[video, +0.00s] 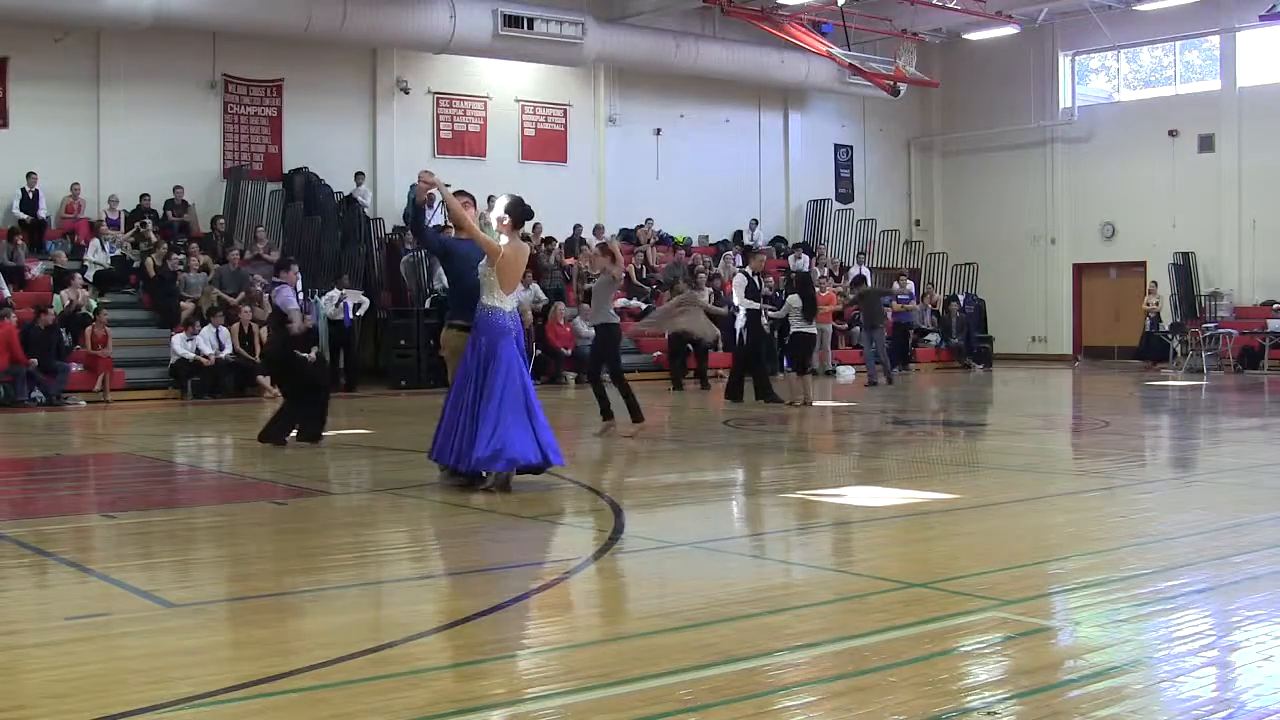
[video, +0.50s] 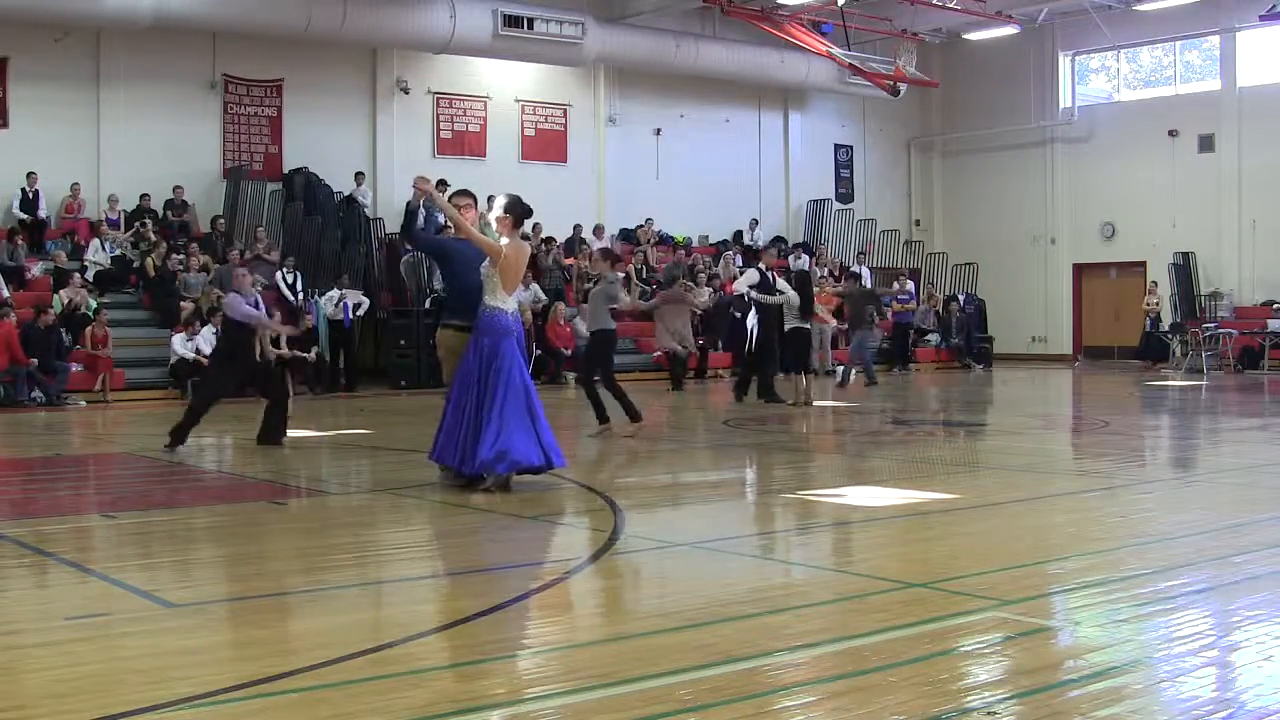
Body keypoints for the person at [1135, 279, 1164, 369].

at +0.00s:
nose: (1151, 289)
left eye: (1153, 287)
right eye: (1150, 287)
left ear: (1156, 288)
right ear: (1148, 288)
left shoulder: (1159, 297)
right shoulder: (1147, 297)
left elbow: (1159, 308)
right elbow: (1143, 306)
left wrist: (1149, 309)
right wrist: (1152, 307)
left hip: (1156, 317)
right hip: (1148, 318)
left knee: (1156, 337)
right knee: (1147, 337)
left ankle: (1154, 360)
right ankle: (1146, 360)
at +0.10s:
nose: (1151, 288)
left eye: (1153, 287)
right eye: (1150, 287)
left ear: (1156, 288)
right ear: (1148, 288)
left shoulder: (1159, 297)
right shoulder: (1147, 297)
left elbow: (1159, 308)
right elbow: (1143, 306)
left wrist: (1148, 309)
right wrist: (1153, 307)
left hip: (1156, 318)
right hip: (1148, 318)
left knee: (1156, 338)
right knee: (1147, 337)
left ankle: (1154, 360)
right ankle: (1146, 360)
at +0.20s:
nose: (1151, 288)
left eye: (1153, 287)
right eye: (1150, 287)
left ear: (1156, 288)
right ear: (1148, 288)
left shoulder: (1159, 297)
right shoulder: (1147, 297)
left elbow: (1159, 308)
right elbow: (1143, 306)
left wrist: (1148, 309)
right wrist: (1152, 308)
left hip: (1156, 318)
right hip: (1148, 318)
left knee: (1156, 337)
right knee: (1147, 337)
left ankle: (1154, 359)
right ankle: (1146, 360)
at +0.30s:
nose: (1151, 289)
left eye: (1153, 287)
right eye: (1150, 287)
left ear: (1156, 288)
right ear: (1148, 288)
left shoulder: (1159, 297)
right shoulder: (1147, 297)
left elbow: (1159, 308)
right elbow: (1143, 306)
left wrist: (1148, 309)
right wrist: (1152, 308)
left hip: (1156, 317)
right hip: (1148, 318)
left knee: (1156, 337)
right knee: (1147, 337)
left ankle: (1154, 359)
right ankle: (1146, 360)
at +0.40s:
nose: (1151, 289)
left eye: (1153, 287)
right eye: (1150, 287)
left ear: (1156, 288)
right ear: (1148, 288)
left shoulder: (1159, 297)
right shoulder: (1147, 297)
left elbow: (1159, 308)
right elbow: (1143, 306)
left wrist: (1149, 309)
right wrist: (1153, 307)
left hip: (1156, 317)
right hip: (1148, 317)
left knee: (1156, 338)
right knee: (1147, 337)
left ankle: (1154, 359)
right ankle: (1146, 359)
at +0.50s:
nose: (1151, 289)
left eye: (1153, 287)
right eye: (1150, 287)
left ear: (1156, 288)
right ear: (1148, 288)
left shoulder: (1160, 297)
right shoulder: (1147, 297)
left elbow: (1159, 308)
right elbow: (1143, 307)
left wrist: (1148, 309)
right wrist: (1153, 308)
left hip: (1156, 317)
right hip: (1148, 318)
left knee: (1156, 337)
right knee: (1147, 337)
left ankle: (1154, 359)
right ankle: (1146, 360)